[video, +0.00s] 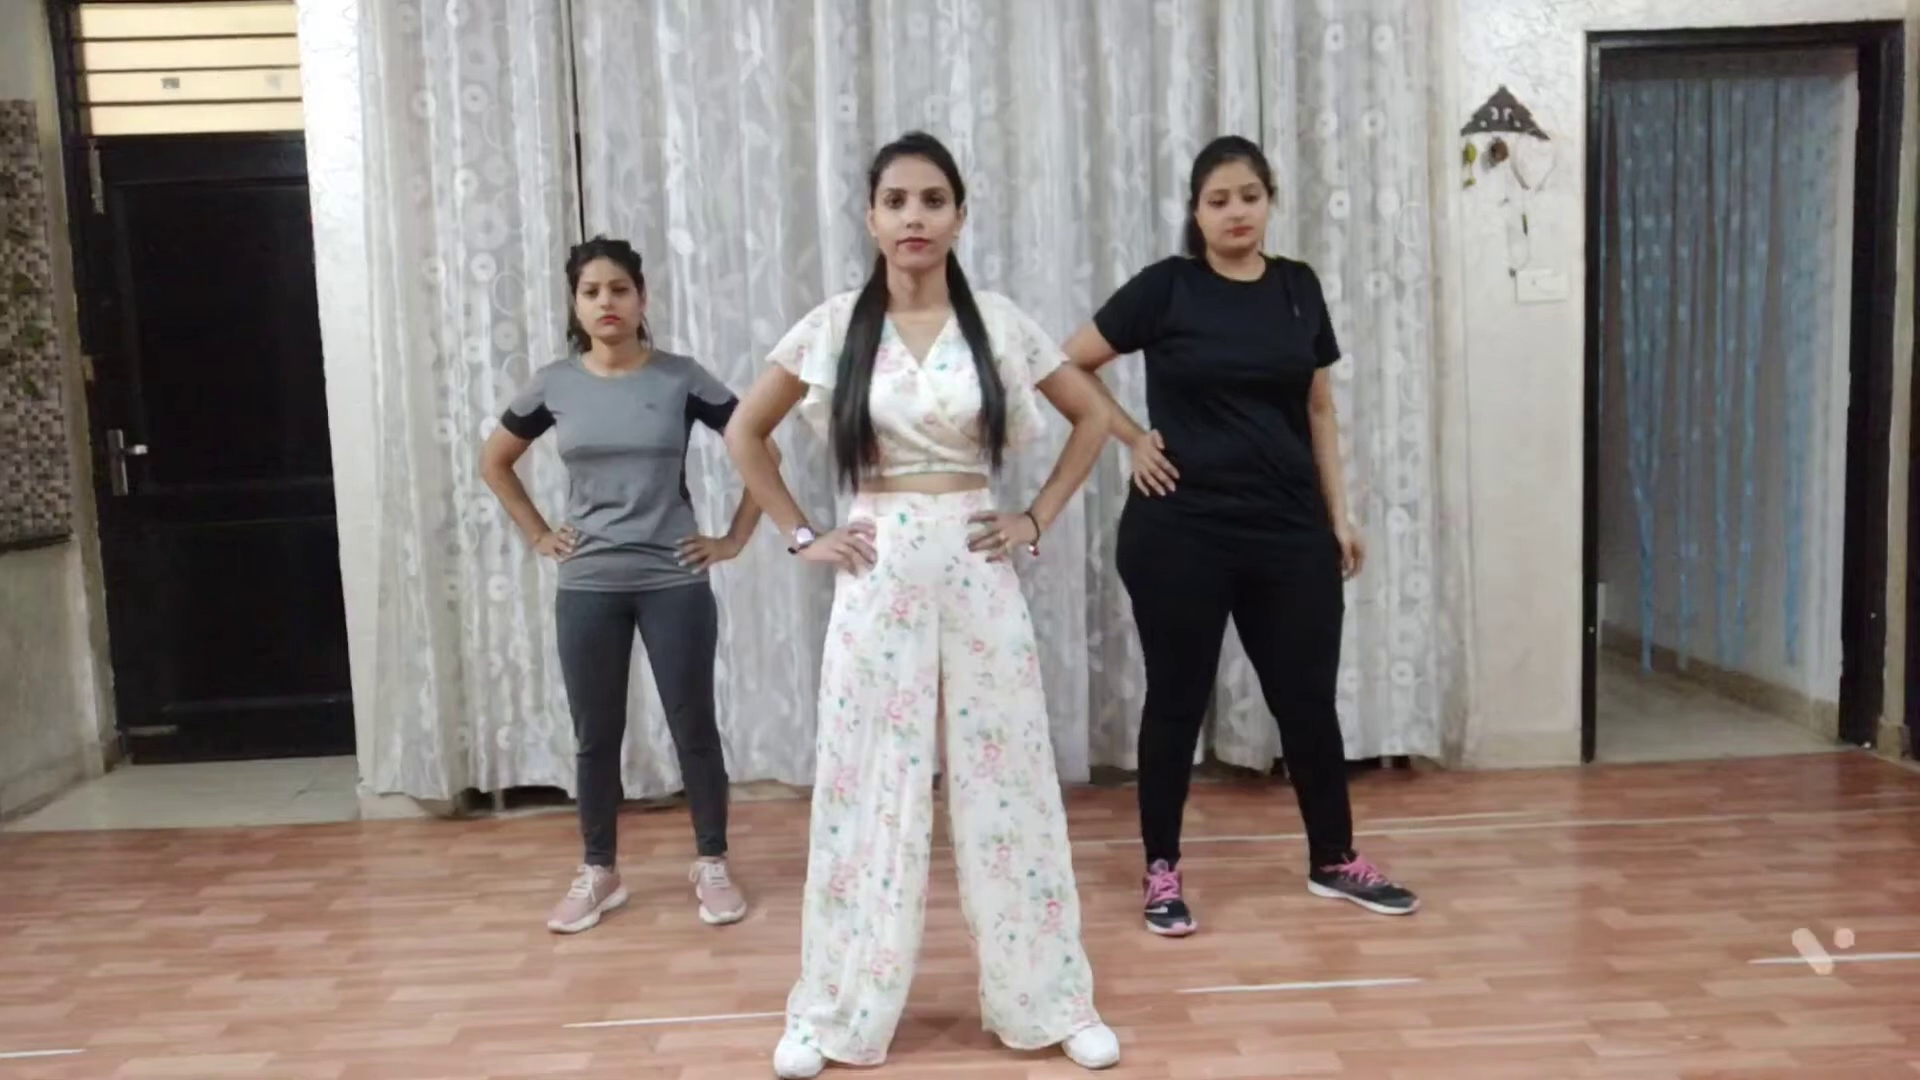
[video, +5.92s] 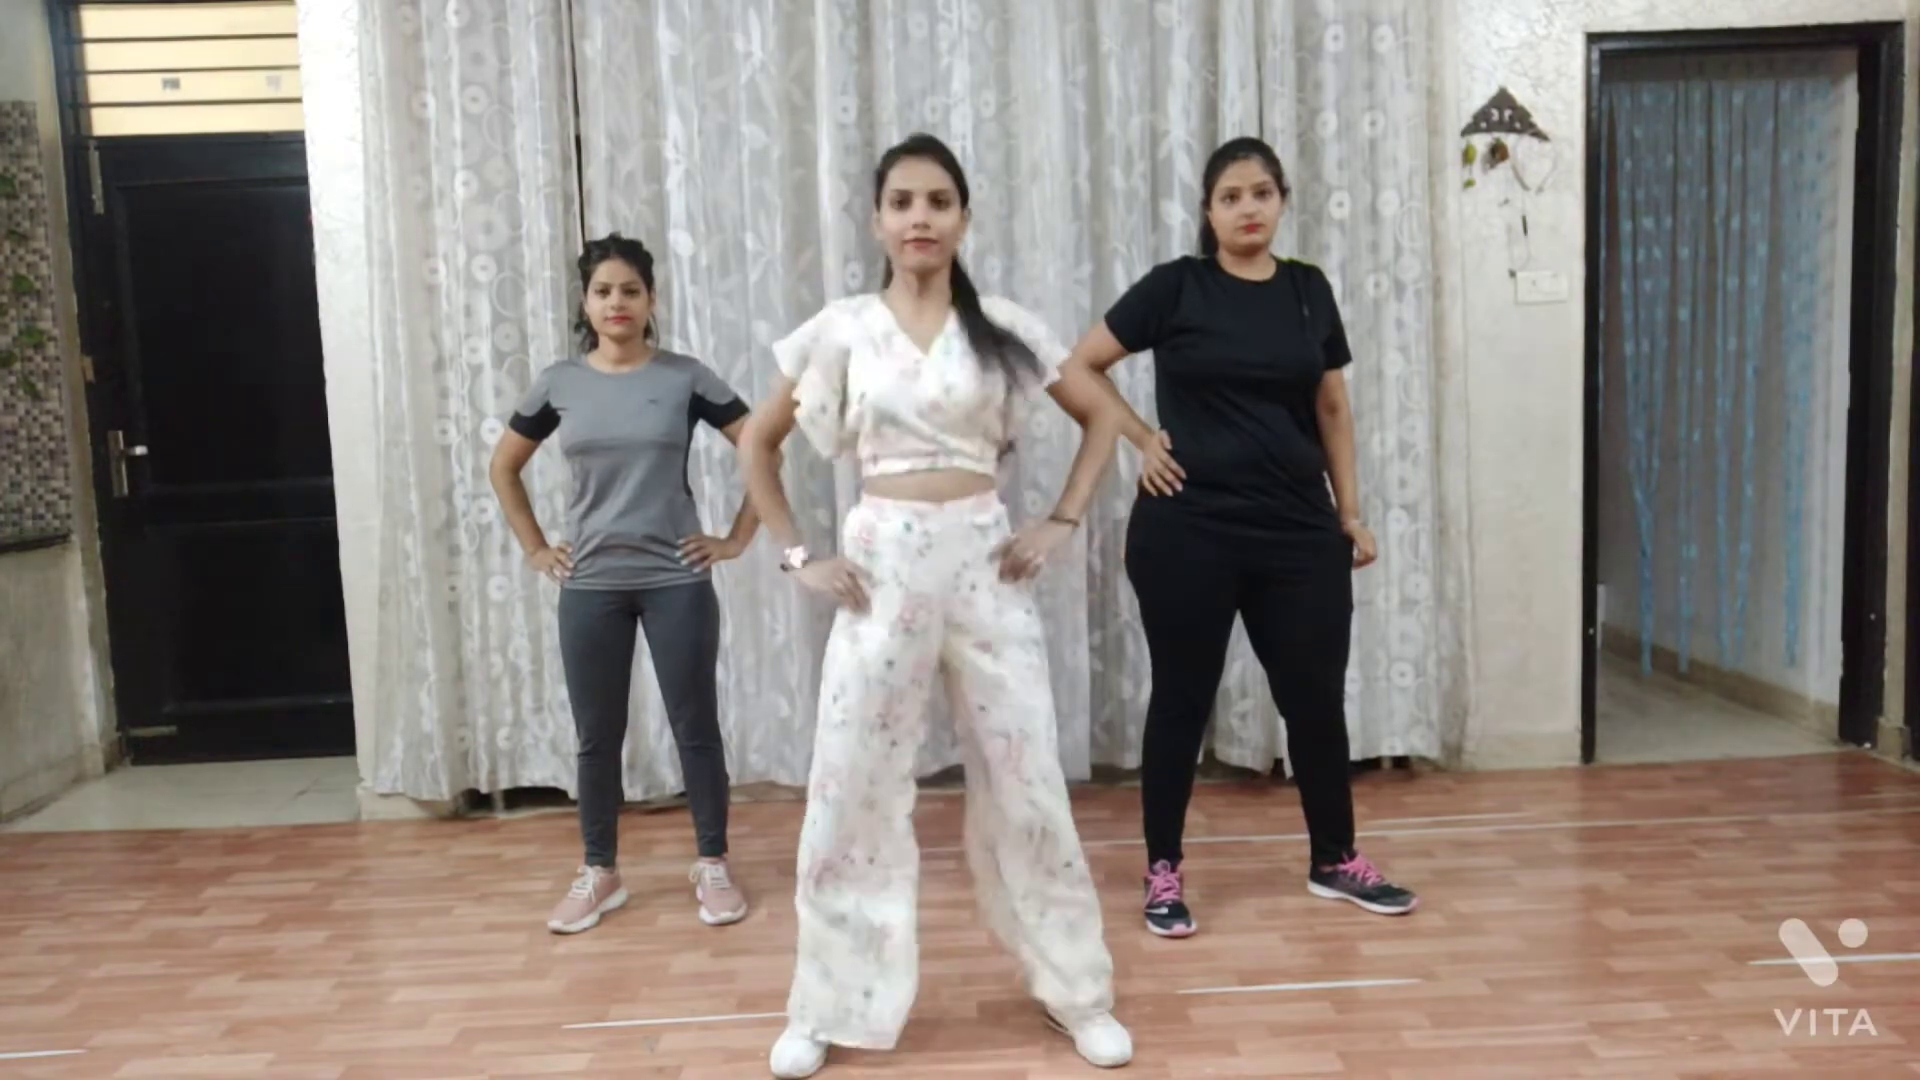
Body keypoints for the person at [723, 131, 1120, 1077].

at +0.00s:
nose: (914, 219)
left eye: (932, 201)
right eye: (896, 201)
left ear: (958, 215)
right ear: (871, 216)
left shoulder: (997, 324)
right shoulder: (834, 327)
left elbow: (1097, 419)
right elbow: (742, 434)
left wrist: (1035, 518)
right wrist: (806, 534)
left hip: (982, 577)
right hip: (880, 580)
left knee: (1007, 789)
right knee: (862, 793)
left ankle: (1046, 1000)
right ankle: (831, 1012)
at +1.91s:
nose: (919, 223)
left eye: (938, 205)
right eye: (902, 205)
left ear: (964, 217)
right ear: (876, 217)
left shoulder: (1001, 326)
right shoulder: (839, 327)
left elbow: (1103, 421)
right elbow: (746, 435)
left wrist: (1039, 517)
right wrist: (806, 540)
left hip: (985, 576)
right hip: (882, 578)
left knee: (1010, 788)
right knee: (864, 792)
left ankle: (1047, 1000)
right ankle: (834, 1011)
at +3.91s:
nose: (922, 232)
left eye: (941, 216)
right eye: (904, 215)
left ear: (966, 232)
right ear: (880, 231)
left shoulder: (1006, 334)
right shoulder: (841, 336)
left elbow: (1115, 427)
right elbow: (737, 439)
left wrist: (1048, 534)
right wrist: (796, 553)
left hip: (983, 581)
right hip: (879, 585)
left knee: (1021, 782)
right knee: (837, 785)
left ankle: (1061, 992)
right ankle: (817, 1004)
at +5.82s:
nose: (922, 216)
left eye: (940, 199)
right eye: (905, 199)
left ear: (967, 215)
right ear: (880, 215)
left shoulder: (1006, 324)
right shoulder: (841, 332)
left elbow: (1104, 409)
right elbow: (763, 440)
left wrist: (1067, 511)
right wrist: (806, 548)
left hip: (992, 568)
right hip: (886, 573)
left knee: (1037, 782)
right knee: (850, 787)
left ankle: (1085, 998)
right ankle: (825, 1015)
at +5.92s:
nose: (920, 219)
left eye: (937, 202)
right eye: (902, 202)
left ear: (963, 217)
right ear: (877, 217)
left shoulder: (1002, 330)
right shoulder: (839, 332)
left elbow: (1105, 417)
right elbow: (755, 444)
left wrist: (1059, 522)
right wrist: (802, 557)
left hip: (988, 571)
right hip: (881, 575)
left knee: (1031, 783)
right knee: (844, 789)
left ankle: (1082, 996)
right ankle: (820, 1009)